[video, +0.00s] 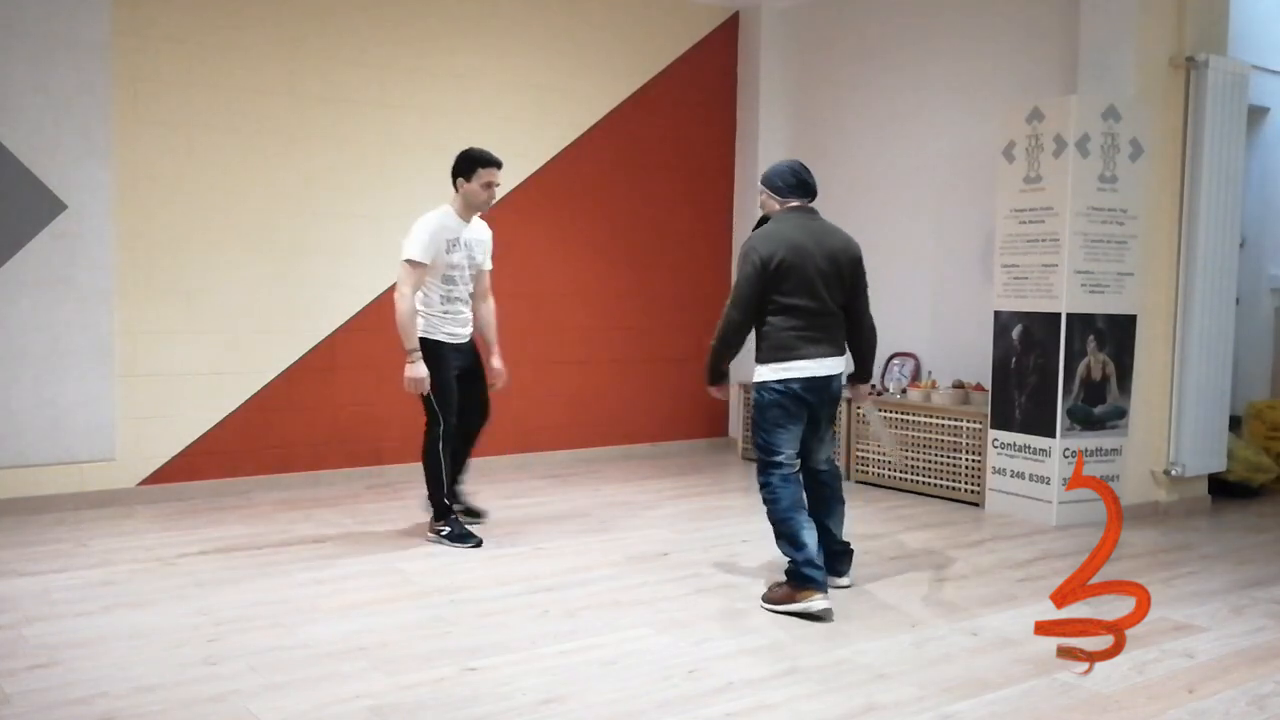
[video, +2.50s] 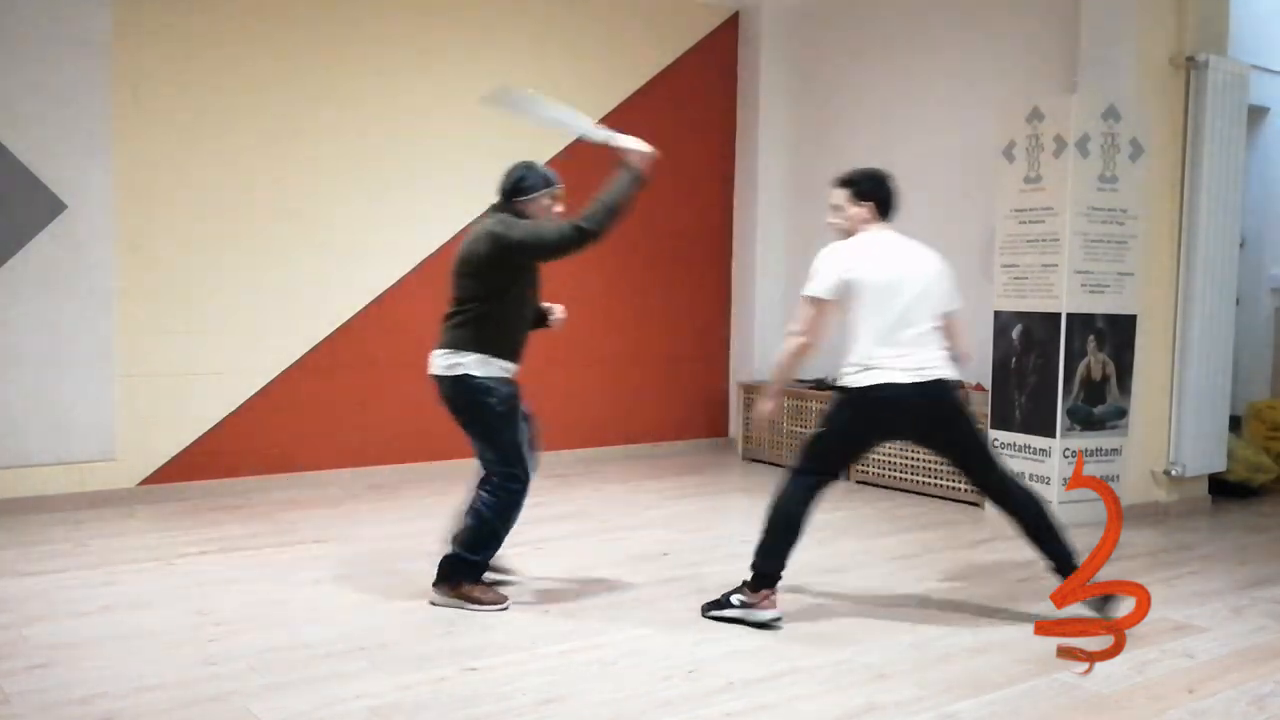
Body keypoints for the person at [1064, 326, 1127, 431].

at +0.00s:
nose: (1088, 345)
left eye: (1091, 342)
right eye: (1088, 342)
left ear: (1098, 344)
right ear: (1087, 344)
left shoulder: (1108, 364)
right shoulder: (1084, 364)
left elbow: (1114, 392)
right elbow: (1076, 391)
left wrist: (1107, 407)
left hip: (1102, 406)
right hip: (1086, 406)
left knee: (1121, 411)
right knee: (1071, 410)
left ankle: (1086, 425)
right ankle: (1099, 425)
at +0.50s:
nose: (1088, 345)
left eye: (1091, 342)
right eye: (1088, 342)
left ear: (1098, 344)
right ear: (1087, 344)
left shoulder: (1108, 364)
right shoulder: (1084, 364)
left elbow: (1114, 390)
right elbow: (1076, 390)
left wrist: (1108, 406)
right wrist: (1070, 409)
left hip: (1103, 406)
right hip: (1086, 406)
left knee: (1121, 411)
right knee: (1071, 410)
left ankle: (1087, 424)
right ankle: (1100, 425)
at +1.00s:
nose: (1088, 345)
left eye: (1091, 342)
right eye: (1088, 342)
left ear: (1098, 344)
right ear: (1087, 344)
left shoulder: (1108, 365)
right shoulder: (1084, 364)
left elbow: (1114, 392)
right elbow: (1076, 390)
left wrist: (1106, 407)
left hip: (1103, 406)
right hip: (1086, 406)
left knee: (1122, 411)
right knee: (1071, 410)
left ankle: (1086, 425)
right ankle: (1099, 425)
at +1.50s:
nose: (1088, 345)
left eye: (1091, 342)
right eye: (1088, 342)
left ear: (1099, 344)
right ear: (1087, 344)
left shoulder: (1108, 365)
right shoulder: (1084, 364)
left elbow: (1114, 392)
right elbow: (1076, 390)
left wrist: (1106, 407)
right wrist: (1071, 408)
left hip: (1103, 406)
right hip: (1086, 406)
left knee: (1122, 411)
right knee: (1071, 410)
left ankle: (1086, 425)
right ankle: (1099, 425)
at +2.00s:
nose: (1088, 345)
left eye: (1091, 342)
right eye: (1088, 342)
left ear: (1098, 344)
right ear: (1087, 344)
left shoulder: (1108, 364)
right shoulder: (1084, 365)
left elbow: (1114, 391)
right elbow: (1076, 390)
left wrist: (1108, 407)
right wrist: (1070, 409)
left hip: (1103, 406)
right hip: (1086, 406)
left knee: (1121, 411)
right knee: (1071, 410)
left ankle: (1085, 425)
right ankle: (1100, 425)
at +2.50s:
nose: (1088, 345)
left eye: (1091, 342)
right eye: (1088, 342)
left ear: (1099, 344)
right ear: (1087, 345)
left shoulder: (1108, 365)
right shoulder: (1083, 365)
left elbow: (1114, 389)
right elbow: (1076, 390)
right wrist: (1069, 408)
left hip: (1103, 406)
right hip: (1086, 405)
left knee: (1122, 411)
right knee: (1071, 410)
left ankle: (1086, 424)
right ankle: (1100, 424)